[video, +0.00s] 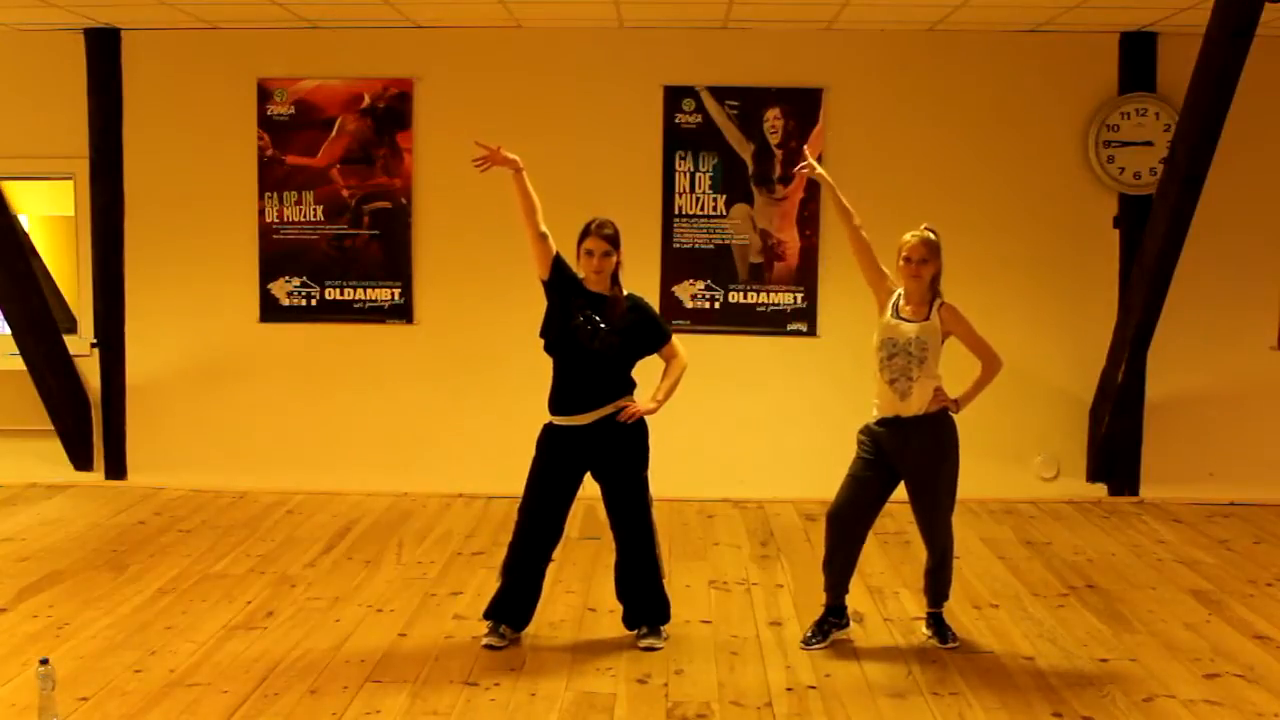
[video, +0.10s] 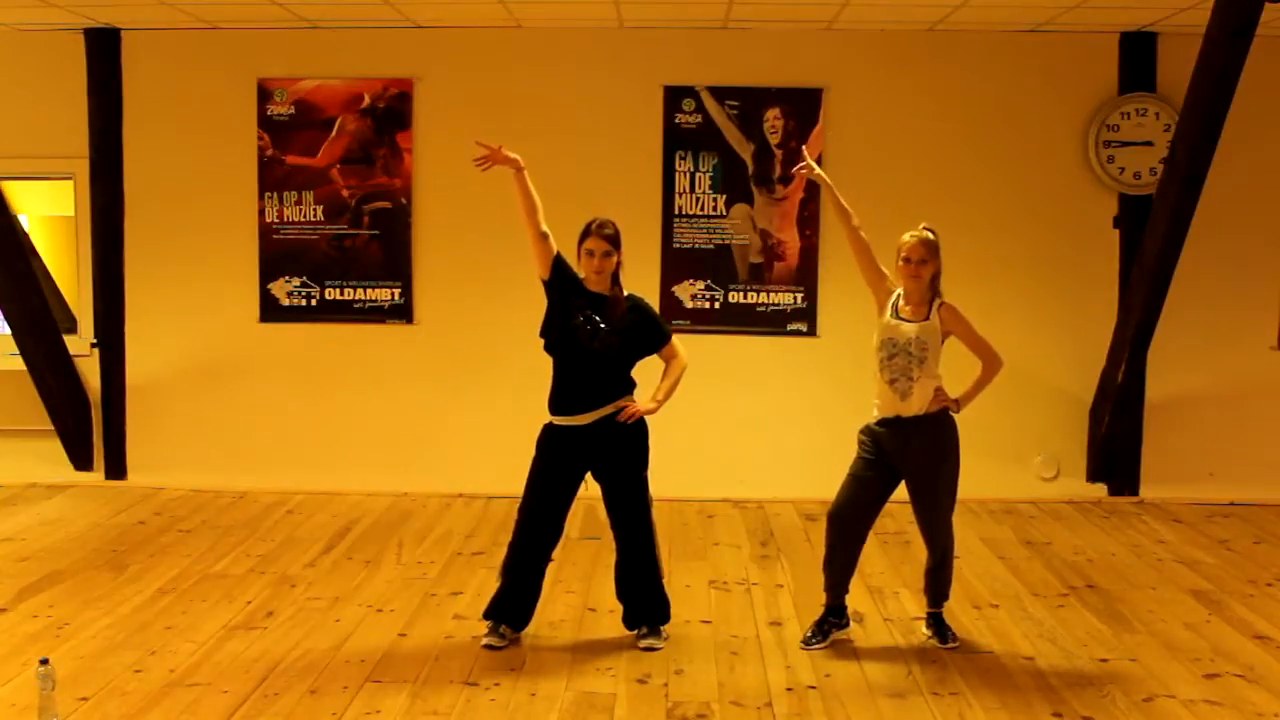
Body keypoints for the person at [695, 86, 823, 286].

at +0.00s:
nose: (771, 125)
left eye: (777, 119)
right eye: (766, 121)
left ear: (788, 124)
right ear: (762, 127)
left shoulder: (803, 158)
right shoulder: (753, 155)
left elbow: (825, 124)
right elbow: (723, 122)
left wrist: (829, 86)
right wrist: (701, 89)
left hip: (787, 242)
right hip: (757, 239)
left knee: (777, 305)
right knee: (739, 210)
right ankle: (743, 284)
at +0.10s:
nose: (771, 125)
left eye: (777, 119)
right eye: (766, 121)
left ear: (789, 124)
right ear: (762, 127)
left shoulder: (802, 158)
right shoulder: (753, 154)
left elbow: (825, 124)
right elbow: (723, 122)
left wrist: (829, 86)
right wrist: (701, 89)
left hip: (786, 242)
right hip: (757, 239)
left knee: (776, 305)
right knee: (739, 210)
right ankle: (743, 284)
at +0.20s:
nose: (771, 125)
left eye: (777, 119)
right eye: (766, 121)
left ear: (789, 124)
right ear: (762, 127)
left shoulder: (803, 157)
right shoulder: (753, 154)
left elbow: (824, 124)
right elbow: (723, 122)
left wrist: (829, 86)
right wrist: (701, 89)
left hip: (787, 243)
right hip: (758, 240)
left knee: (776, 305)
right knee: (739, 210)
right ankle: (743, 284)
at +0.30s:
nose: (771, 125)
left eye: (777, 119)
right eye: (766, 121)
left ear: (789, 124)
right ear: (762, 127)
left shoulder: (803, 156)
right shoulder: (753, 154)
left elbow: (825, 124)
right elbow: (723, 122)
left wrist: (829, 86)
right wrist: (701, 89)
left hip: (787, 242)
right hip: (757, 239)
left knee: (777, 305)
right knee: (739, 210)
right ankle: (743, 284)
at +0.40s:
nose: (771, 125)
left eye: (777, 119)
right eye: (766, 121)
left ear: (789, 124)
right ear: (762, 127)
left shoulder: (803, 156)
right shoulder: (753, 154)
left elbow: (825, 124)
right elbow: (723, 122)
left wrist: (829, 86)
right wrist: (701, 89)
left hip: (787, 242)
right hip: (757, 239)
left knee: (777, 305)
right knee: (739, 210)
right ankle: (743, 284)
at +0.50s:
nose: (771, 125)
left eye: (777, 119)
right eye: (766, 121)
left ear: (789, 124)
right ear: (762, 127)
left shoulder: (803, 156)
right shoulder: (753, 154)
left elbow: (825, 124)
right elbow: (723, 122)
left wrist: (829, 86)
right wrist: (701, 89)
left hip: (787, 242)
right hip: (757, 239)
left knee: (777, 305)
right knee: (739, 210)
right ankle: (743, 284)